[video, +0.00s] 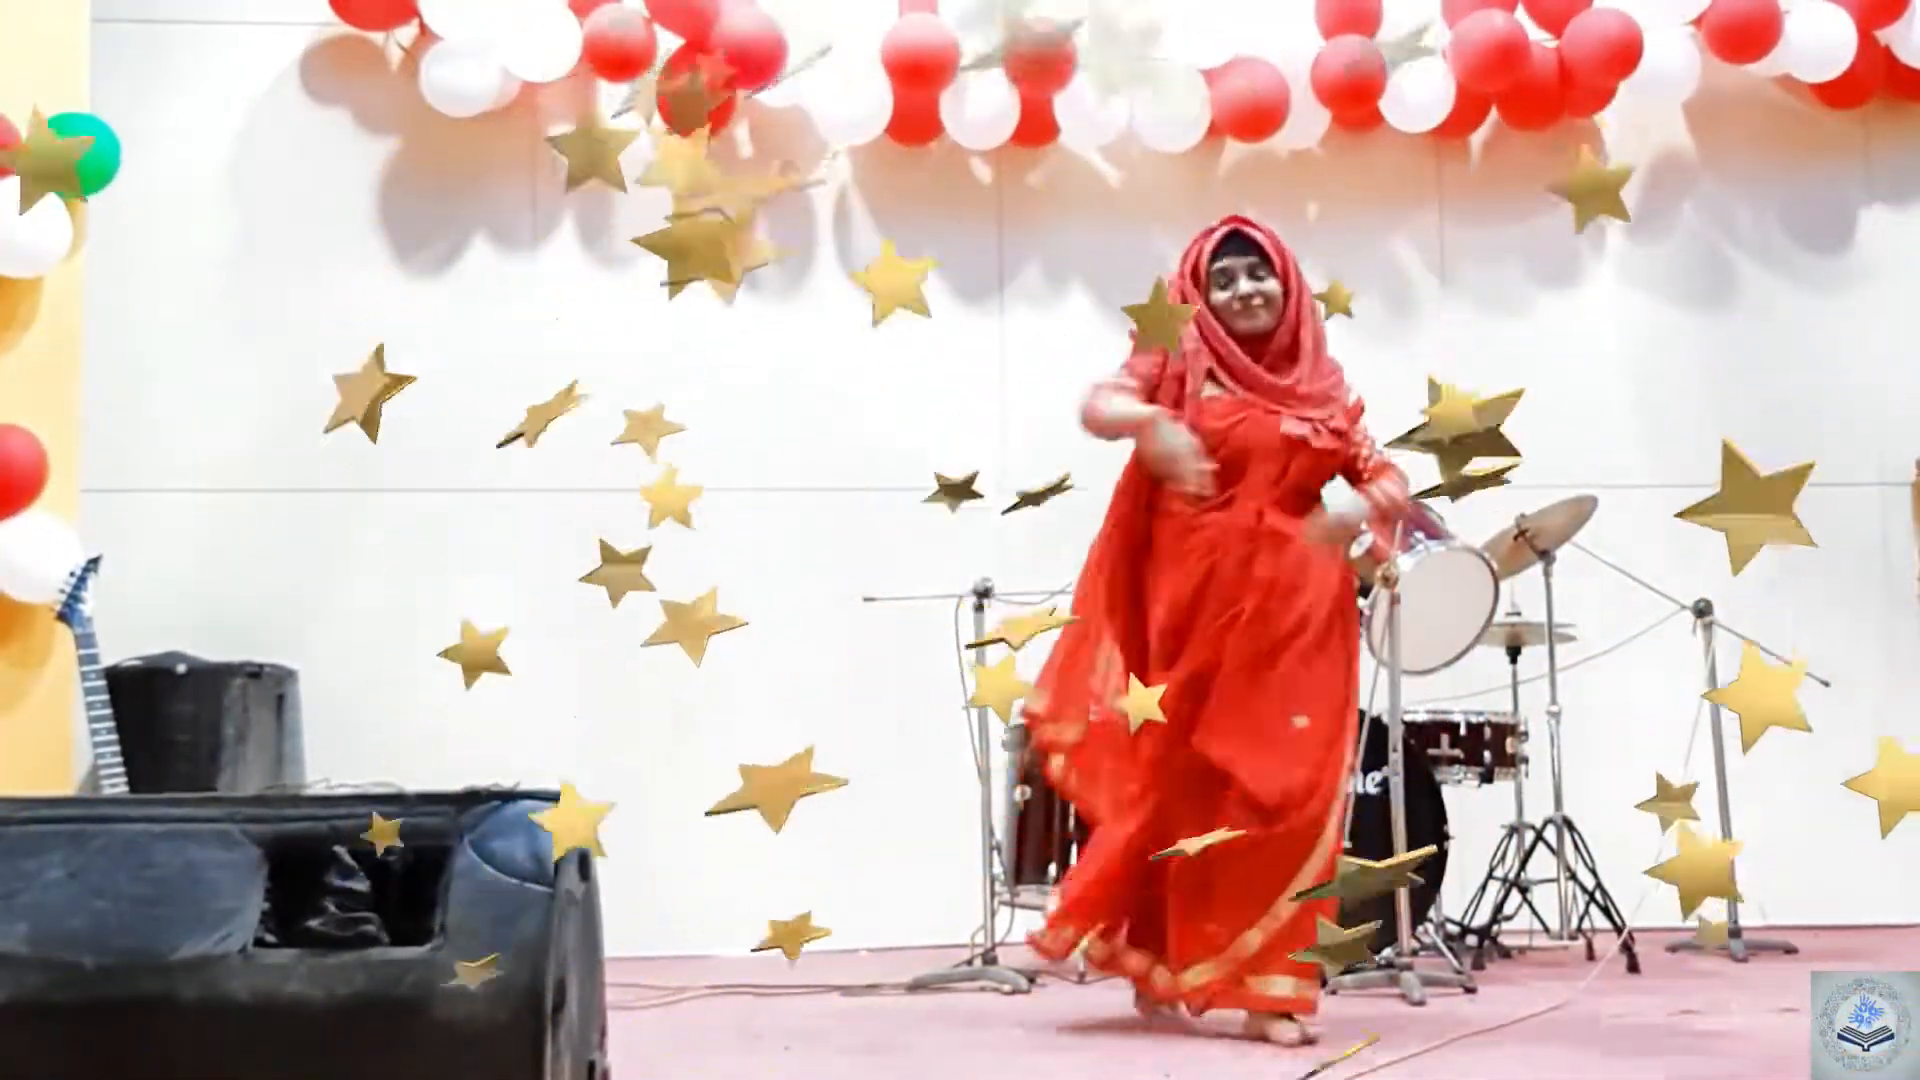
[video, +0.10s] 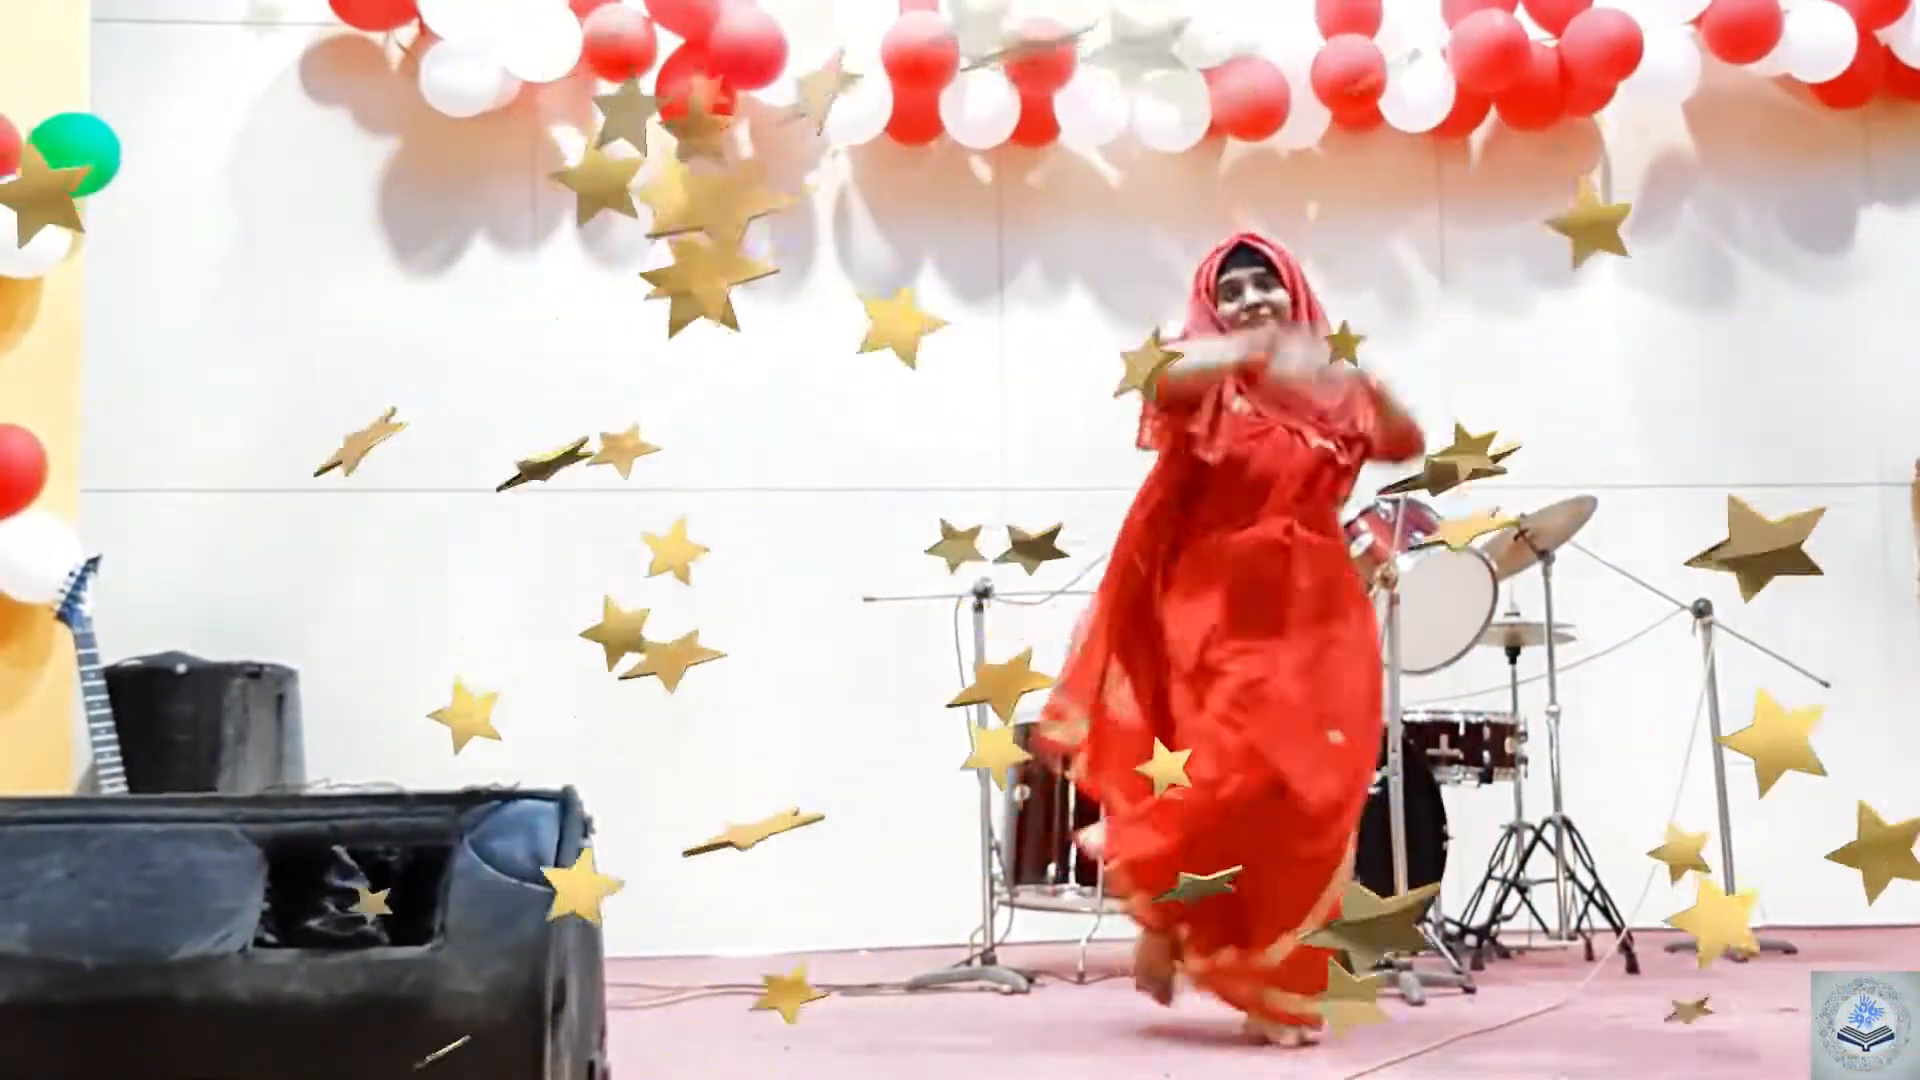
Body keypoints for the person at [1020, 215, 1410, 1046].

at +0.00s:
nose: (1245, 288)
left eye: (1257, 273)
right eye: (1226, 279)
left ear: (1286, 284)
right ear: (1201, 297)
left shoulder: (1321, 388)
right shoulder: (1177, 365)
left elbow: (1385, 476)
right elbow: (1100, 404)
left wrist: (1369, 498)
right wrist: (1153, 424)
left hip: (1294, 613)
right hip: (1191, 609)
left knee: (1290, 796)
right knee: (1183, 786)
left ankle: (1277, 994)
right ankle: (1157, 965)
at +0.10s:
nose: (1253, 301)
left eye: (1264, 285)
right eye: (1234, 293)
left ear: (1295, 294)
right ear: (1210, 310)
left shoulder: (1333, 388)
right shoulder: (1200, 377)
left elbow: (1405, 441)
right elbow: (1169, 377)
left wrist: (1369, 382)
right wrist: (1246, 351)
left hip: (1315, 602)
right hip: (1213, 602)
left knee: (1318, 793)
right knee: (1244, 773)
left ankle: (1277, 991)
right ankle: (1162, 905)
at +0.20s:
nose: (1258, 284)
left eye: (1270, 270)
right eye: (1243, 277)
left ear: (1303, 288)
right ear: (1227, 305)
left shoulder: (1342, 383)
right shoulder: (1212, 377)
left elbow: (1416, 358)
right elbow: (1185, 305)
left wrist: (1406, 270)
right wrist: (1237, 227)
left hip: (1322, 603)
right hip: (1224, 601)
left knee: (1351, 759)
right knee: (1288, 751)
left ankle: (1280, 963)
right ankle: (1238, 942)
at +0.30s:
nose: (1257, 260)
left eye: (1269, 246)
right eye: (1240, 257)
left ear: (1311, 262)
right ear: (1225, 284)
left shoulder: (1366, 352)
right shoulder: (1227, 344)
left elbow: (1444, 319)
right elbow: (1174, 276)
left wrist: (1458, 219)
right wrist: (1181, 167)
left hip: (1347, 593)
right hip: (1251, 594)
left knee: (1408, 740)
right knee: (1335, 763)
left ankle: (1291, 941)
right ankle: (1290, 977)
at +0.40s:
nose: (1262, 265)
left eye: (1274, 251)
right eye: (1241, 264)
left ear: (1314, 267)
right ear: (1225, 298)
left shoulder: (1391, 352)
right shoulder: (1238, 357)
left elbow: (1482, 338)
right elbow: (1172, 329)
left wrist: (1502, 238)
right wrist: (1134, 244)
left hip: (1397, 582)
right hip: (1290, 584)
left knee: (1390, 779)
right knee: (1348, 783)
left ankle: (1285, 972)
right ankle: (1394, 1012)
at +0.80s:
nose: (1316, 254)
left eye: (1326, 240)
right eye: (1297, 240)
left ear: (1339, 255)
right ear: (1252, 249)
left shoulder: (1357, 345)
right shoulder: (1220, 331)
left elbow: (1437, 373)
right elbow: (1188, 322)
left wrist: (1429, 328)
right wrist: (1265, 287)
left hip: (1355, 574)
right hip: (1259, 577)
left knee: (1377, 758)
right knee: (1357, 758)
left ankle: (1279, 967)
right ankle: (1358, 982)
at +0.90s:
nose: (1307, 306)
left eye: (1322, 288)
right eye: (1287, 286)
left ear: (1338, 293)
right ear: (1246, 287)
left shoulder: (1333, 380)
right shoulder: (1193, 351)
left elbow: (1372, 438)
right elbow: (1190, 416)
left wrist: (1389, 446)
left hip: (1321, 589)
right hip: (1212, 584)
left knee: (1357, 753)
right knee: (1291, 755)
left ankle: (1345, 978)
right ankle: (1258, 980)